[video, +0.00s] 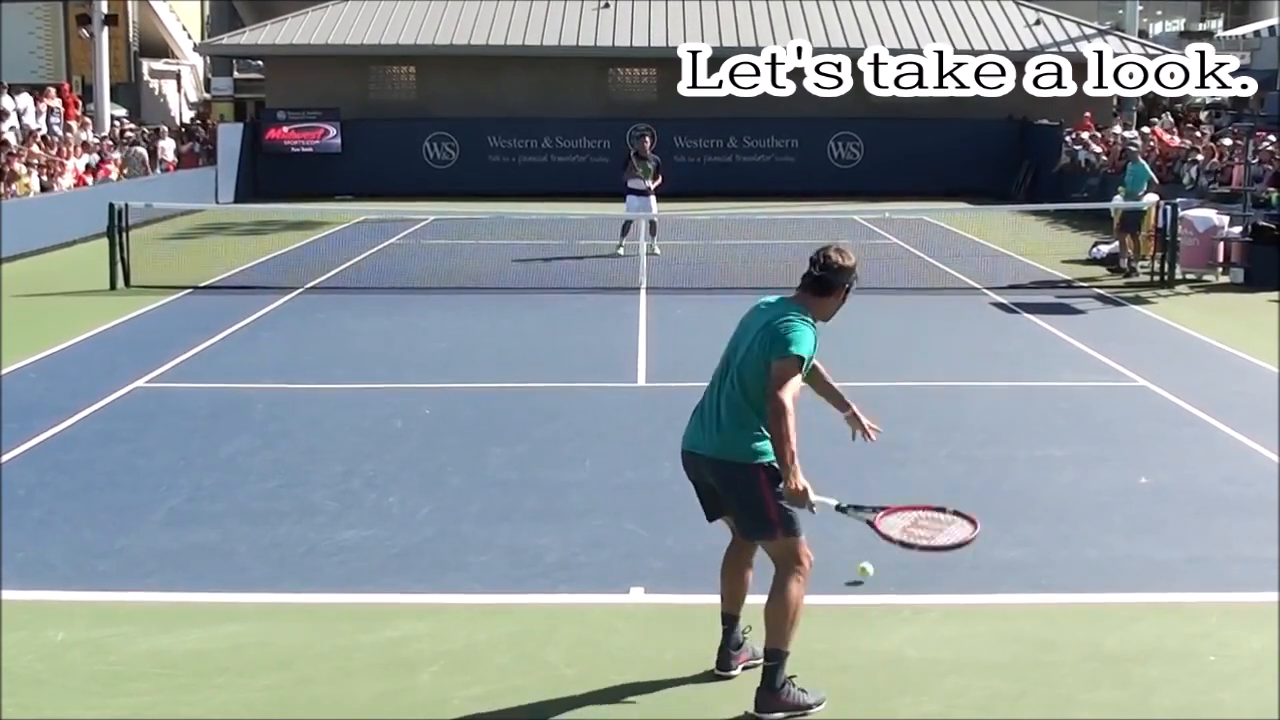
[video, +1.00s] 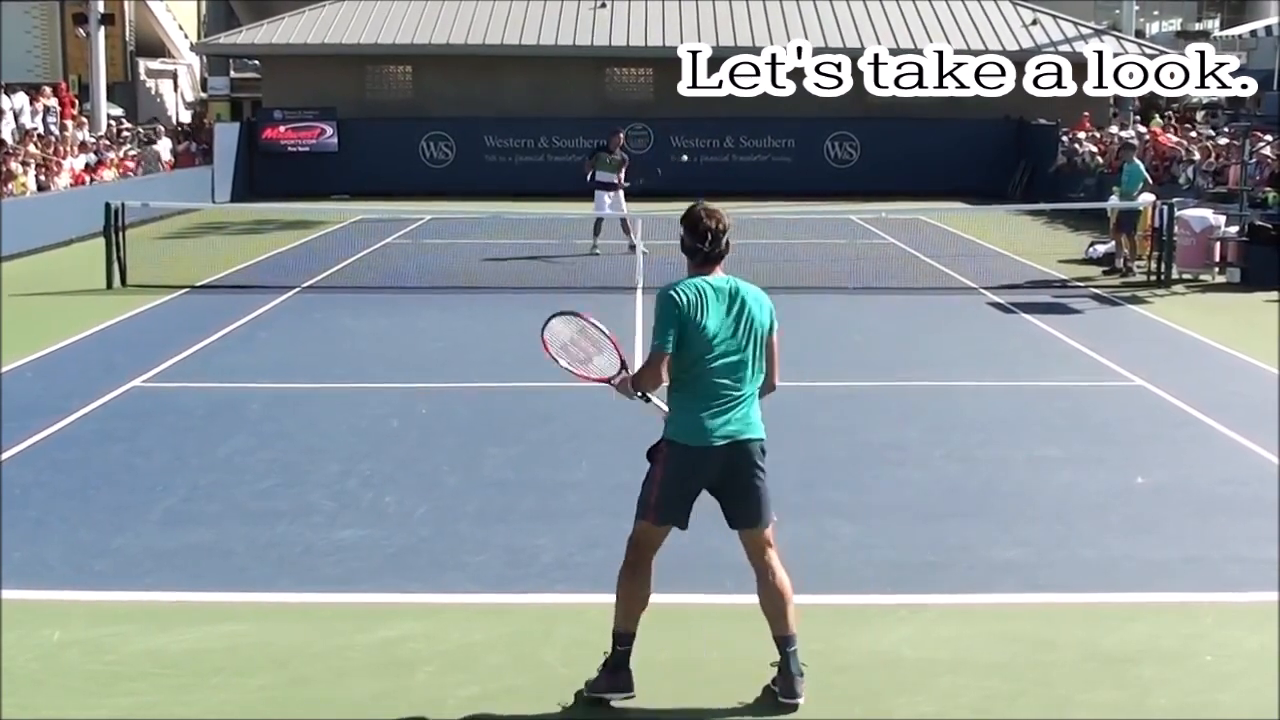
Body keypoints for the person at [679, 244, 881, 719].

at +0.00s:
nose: (843, 305)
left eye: (845, 297)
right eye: (846, 297)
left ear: (805, 280)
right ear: (837, 294)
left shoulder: (767, 308)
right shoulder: (798, 330)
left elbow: (809, 368)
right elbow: (780, 398)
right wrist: (792, 471)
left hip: (701, 449)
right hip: (742, 456)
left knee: (744, 538)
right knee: (795, 562)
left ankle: (731, 647)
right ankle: (774, 687)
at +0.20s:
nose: (830, 304)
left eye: (833, 296)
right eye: (833, 296)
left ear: (791, 275)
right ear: (826, 293)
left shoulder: (733, 293)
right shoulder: (812, 348)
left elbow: (701, 336)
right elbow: (805, 424)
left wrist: (746, 360)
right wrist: (815, 454)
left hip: (698, 451)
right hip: (751, 462)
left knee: (723, 535)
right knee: (789, 558)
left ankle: (728, 648)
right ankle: (774, 677)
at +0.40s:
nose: (814, 267)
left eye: (808, 258)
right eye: (816, 261)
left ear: (773, 248)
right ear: (813, 263)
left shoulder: (723, 280)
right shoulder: (812, 314)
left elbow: (665, 329)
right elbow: (773, 321)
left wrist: (691, 290)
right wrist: (721, 285)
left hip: (705, 437)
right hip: (763, 443)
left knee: (716, 538)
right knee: (774, 538)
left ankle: (725, 649)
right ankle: (788, 649)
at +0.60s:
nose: (768, 243)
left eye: (761, 235)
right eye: (789, 240)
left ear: (755, 239)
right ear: (797, 246)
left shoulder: (727, 288)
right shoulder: (808, 296)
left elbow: (686, 351)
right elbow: (750, 289)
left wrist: (665, 287)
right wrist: (700, 259)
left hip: (712, 438)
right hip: (768, 437)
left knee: (712, 545)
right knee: (784, 545)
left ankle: (722, 651)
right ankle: (791, 664)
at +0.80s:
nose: (728, 237)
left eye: (728, 230)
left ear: (728, 234)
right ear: (770, 238)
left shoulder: (722, 280)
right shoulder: (789, 289)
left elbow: (710, 352)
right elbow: (739, 353)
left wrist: (658, 329)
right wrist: (670, 329)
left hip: (713, 433)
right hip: (768, 434)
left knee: (690, 542)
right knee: (776, 549)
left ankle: (675, 645)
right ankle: (791, 671)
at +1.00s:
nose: (681, 248)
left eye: (681, 243)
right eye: (689, 241)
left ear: (685, 247)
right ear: (727, 247)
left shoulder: (676, 296)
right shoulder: (759, 300)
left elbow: (657, 374)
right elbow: (767, 382)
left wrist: (633, 382)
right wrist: (708, 401)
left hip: (687, 446)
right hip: (746, 445)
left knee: (640, 551)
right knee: (765, 556)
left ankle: (617, 668)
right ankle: (791, 674)